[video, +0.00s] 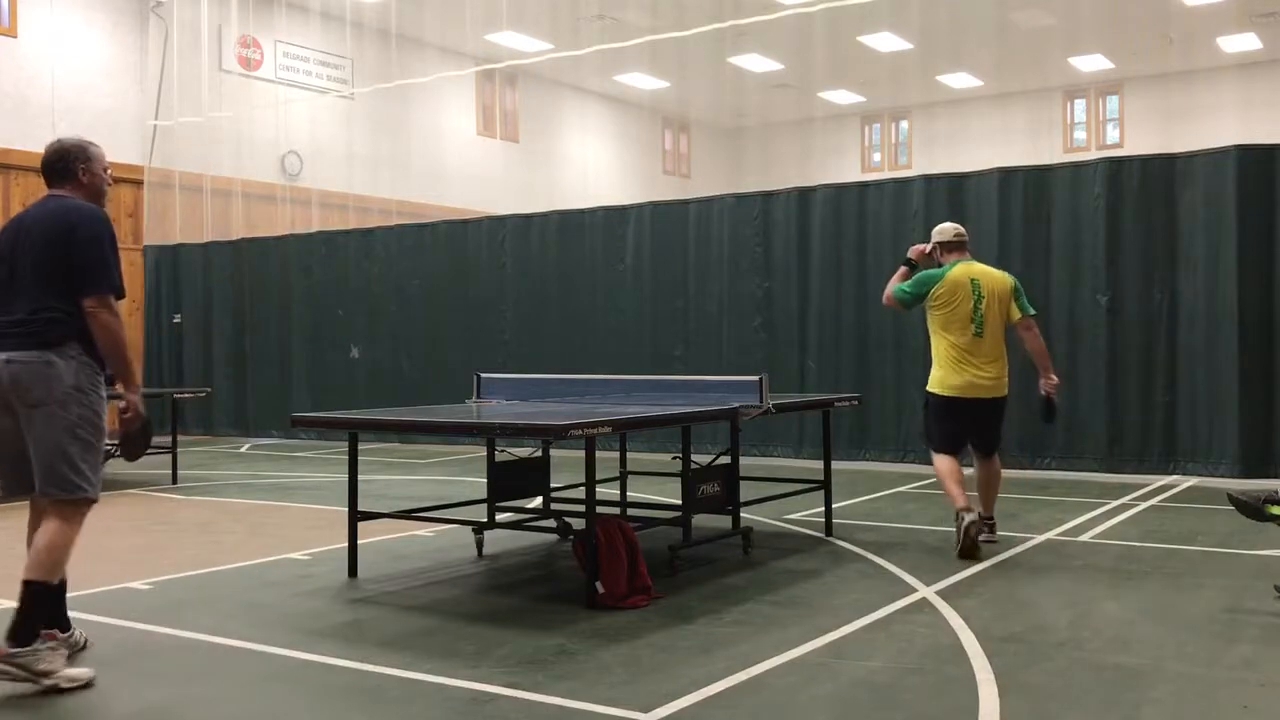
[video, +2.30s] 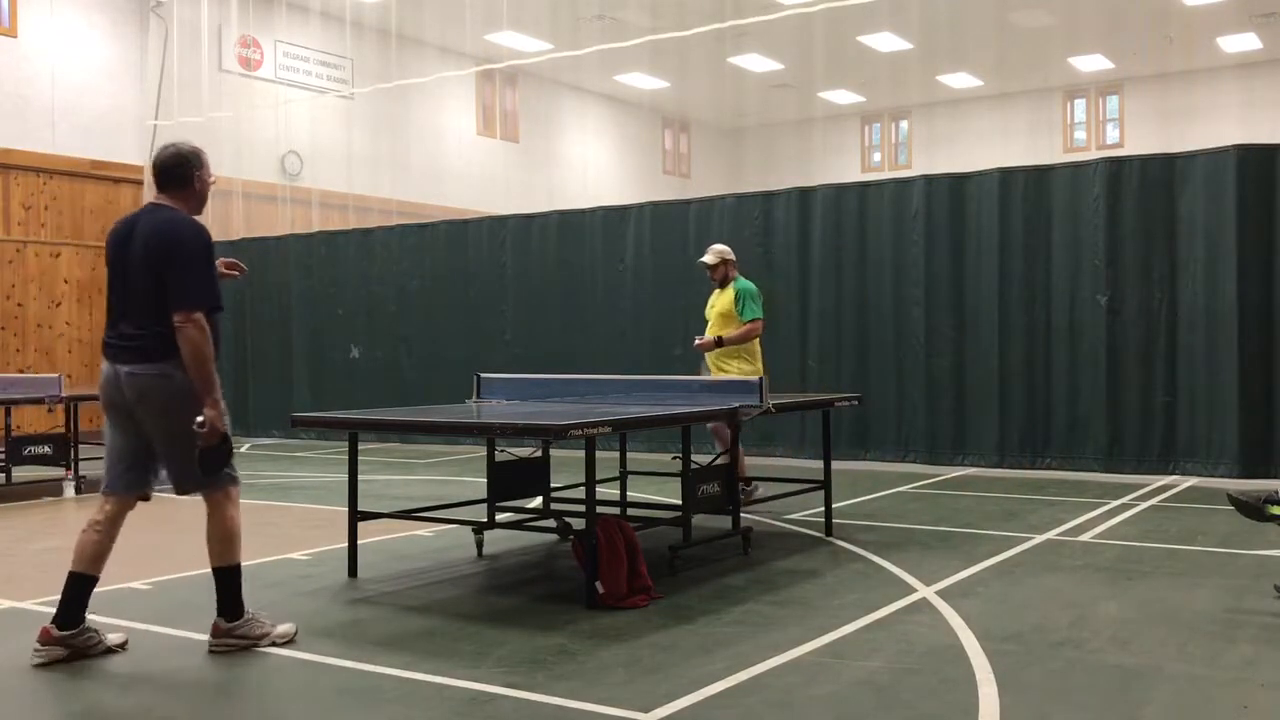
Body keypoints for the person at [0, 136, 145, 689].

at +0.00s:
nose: (110, 179)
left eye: (108, 170)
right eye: (105, 170)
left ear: (54, 176)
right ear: (84, 172)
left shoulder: (16, 224)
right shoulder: (88, 218)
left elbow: (15, 306)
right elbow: (98, 306)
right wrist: (130, 386)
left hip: (9, 366)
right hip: (57, 368)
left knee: (43, 503)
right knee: (70, 503)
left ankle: (54, 627)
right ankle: (22, 644)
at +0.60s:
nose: (104, 174)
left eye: (105, 165)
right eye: (94, 162)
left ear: (60, 164)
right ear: (55, 162)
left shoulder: (39, 215)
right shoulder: (33, 216)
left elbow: (36, 322)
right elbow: (28, 321)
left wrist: (65, 402)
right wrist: (50, 411)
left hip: (24, 385)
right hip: (14, 388)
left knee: (36, 509)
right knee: (13, 517)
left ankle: (58, 628)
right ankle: (6, 660)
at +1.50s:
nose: (130, 175)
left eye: (128, 167)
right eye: (125, 167)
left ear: (81, 171)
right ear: (102, 171)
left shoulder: (57, 221)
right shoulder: (78, 225)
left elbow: (69, 314)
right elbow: (82, 321)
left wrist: (128, 355)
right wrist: (115, 400)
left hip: (61, 374)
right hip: (65, 377)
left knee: (94, 503)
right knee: (78, 510)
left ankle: (66, 628)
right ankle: (11, 645)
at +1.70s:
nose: (136, 180)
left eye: (135, 171)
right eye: (132, 171)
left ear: (83, 174)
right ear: (112, 175)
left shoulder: (57, 222)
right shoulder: (97, 224)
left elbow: (79, 306)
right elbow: (103, 312)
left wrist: (147, 302)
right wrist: (146, 389)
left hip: (55, 374)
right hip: (85, 375)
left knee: (87, 503)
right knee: (136, 493)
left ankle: (65, 625)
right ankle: (61, 621)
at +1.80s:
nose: (142, 181)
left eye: (141, 172)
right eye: (138, 172)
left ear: (88, 175)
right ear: (118, 175)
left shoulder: (62, 222)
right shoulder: (105, 223)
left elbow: (85, 300)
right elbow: (113, 311)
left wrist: (150, 286)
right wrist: (156, 386)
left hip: (57, 375)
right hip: (95, 374)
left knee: (90, 497)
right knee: (158, 486)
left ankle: (59, 631)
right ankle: (112, 624)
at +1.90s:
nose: (150, 177)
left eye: (147, 168)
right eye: (146, 168)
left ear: (95, 175)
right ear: (130, 173)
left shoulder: (69, 222)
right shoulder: (115, 221)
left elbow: (94, 294)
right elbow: (121, 309)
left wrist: (159, 275)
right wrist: (164, 386)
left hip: (64, 373)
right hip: (104, 373)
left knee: (90, 500)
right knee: (168, 487)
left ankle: (63, 628)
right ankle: (171, 629)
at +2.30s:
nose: (212, 183)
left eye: (210, 175)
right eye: (209, 176)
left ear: (157, 181)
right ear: (197, 181)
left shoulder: (123, 229)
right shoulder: (188, 232)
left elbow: (143, 282)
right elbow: (188, 321)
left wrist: (204, 270)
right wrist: (214, 400)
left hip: (117, 376)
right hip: (168, 379)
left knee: (115, 501)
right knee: (222, 495)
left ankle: (65, 626)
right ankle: (232, 619)